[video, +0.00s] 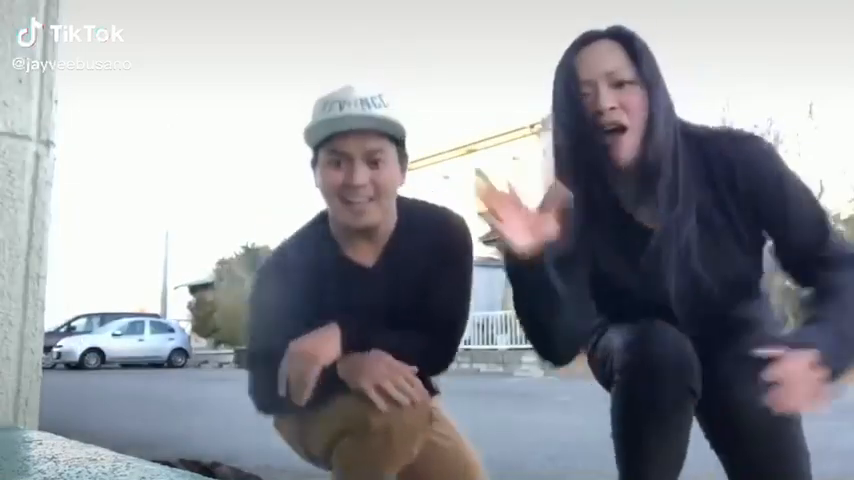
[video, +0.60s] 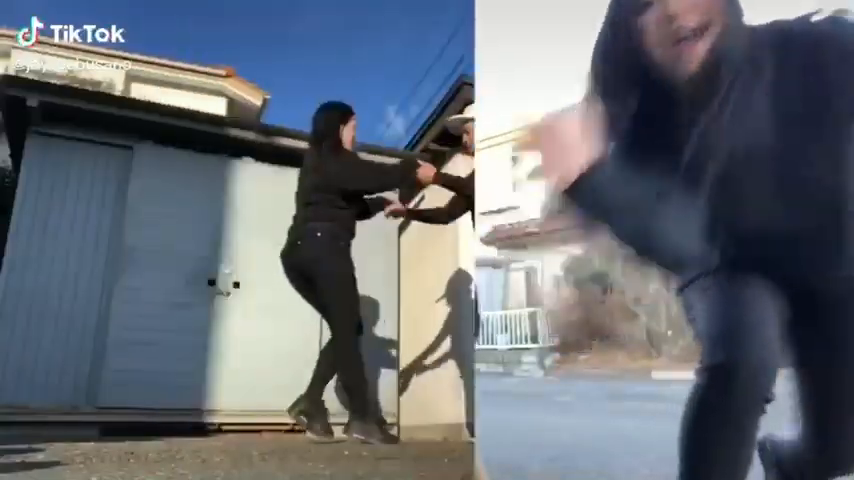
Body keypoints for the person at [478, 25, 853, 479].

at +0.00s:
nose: (604, 104)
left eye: (621, 85)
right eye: (586, 91)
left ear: (651, 92)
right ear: (569, 109)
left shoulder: (738, 161)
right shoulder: (571, 200)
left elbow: (833, 266)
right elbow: (558, 345)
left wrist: (822, 349)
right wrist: (529, 263)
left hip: (736, 340)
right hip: (635, 341)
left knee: (781, 468)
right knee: (657, 356)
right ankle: (643, 471)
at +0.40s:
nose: (619, 88)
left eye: (636, 65)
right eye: (597, 78)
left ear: (670, 76)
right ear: (583, 104)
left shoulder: (768, 135)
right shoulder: (596, 181)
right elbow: (591, 335)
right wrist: (511, 263)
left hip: (785, 312)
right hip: (678, 312)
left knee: (788, 471)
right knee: (705, 350)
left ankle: (744, 450)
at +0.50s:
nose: (634, 60)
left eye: (652, 33)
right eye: (611, 50)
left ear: (684, 38)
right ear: (594, 74)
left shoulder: (771, 102)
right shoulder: (612, 160)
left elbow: (851, 106)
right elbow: (623, 302)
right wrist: (522, 243)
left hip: (808, 284)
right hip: (701, 291)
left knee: (801, 464)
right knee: (724, 360)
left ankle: (752, 453)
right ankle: (703, 471)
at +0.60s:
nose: (679, 14)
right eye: (653, 7)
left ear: (727, 5)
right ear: (631, 29)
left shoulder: (809, 53)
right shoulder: (639, 117)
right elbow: (690, 247)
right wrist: (591, 174)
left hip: (823, 262)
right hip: (727, 262)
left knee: (835, 454)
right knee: (744, 364)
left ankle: (781, 459)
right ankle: (712, 469)